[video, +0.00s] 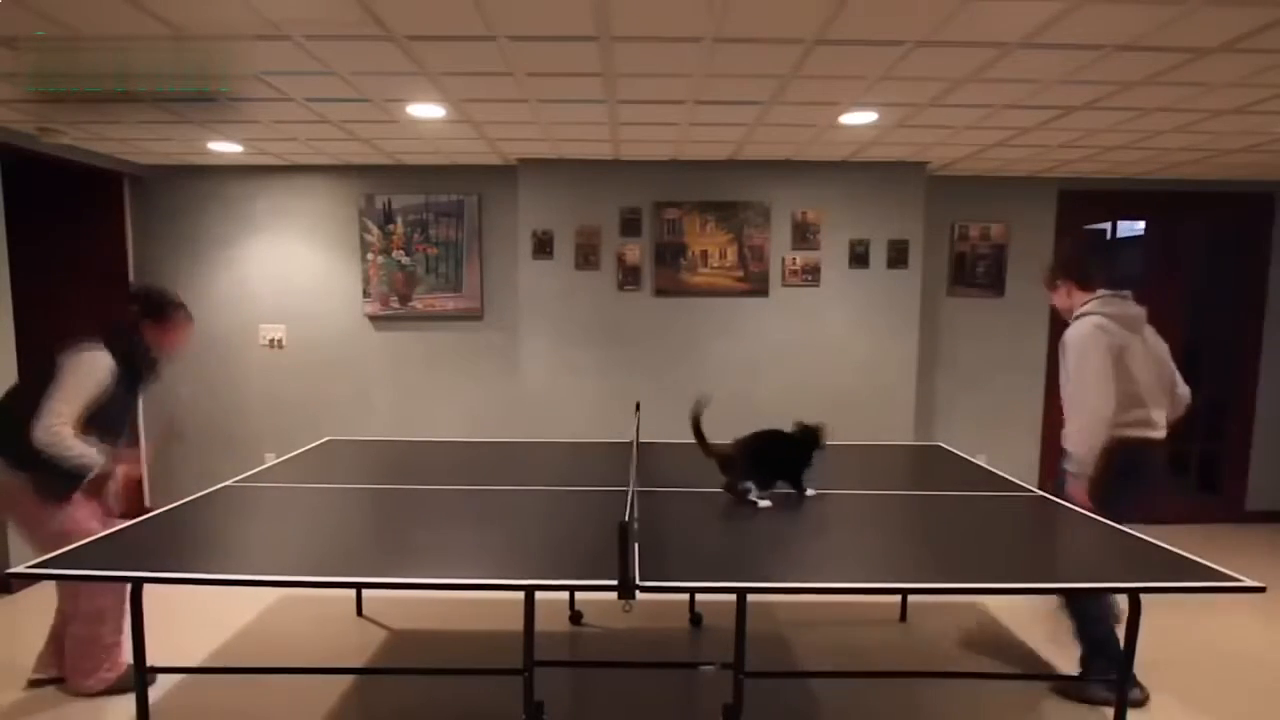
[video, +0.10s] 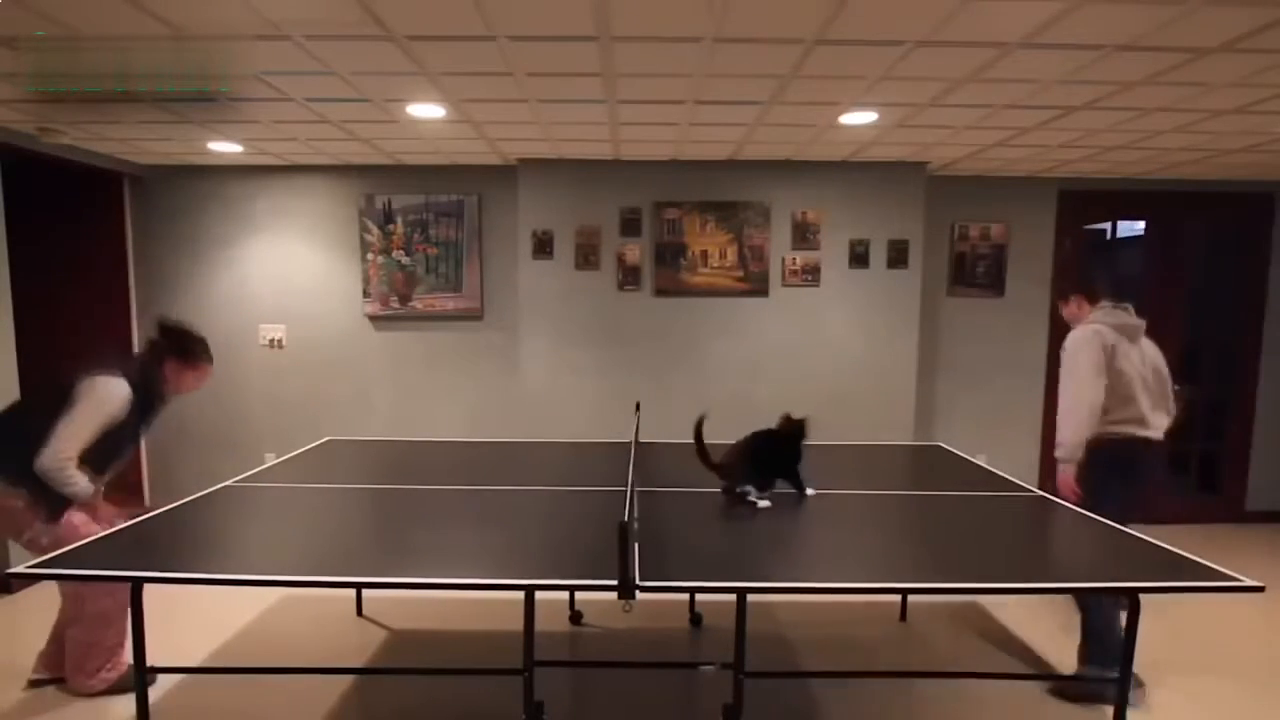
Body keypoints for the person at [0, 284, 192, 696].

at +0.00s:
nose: (178, 344)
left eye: (181, 334)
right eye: (176, 332)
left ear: (151, 327)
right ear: (151, 325)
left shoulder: (126, 368)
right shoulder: (97, 360)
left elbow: (92, 434)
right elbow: (48, 432)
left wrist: (117, 466)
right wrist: (107, 465)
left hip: (52, 473)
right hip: (25, 474)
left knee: (95, 555)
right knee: (101, 555)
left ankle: (57, 661)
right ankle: (93, 670)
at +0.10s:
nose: (193, 389)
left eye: (198, 382)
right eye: (194, 379)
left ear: (173, 364)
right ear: (174, 363)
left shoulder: (142, 395)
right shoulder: (115, 389)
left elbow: (87, 460)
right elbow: (52, 461)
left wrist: (98, 502)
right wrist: (95, 501)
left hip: (35, 488)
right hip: (13, 491)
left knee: (97, 557)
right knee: (106, 556)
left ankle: (57, 663)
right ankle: (94, 670)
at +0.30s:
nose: (198, 448)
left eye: (204, 442)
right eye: (202, 439)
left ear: (183, 418)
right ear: (187, 425)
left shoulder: (139, 429)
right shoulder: (133, 437)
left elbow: (77, 489)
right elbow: (55, 497)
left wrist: (99, 523)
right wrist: (96, 526)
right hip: (14, 523)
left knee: (107, 567)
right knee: (124, 563)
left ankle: (56, 664)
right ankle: (98, 671)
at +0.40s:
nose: (195, 476)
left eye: (201, 471)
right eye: (200, 469)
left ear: (184, 447)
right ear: (188, 454)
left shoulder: (140, 450)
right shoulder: (138, 464)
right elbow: (61, 523)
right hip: (23, 542)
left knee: (119, 583)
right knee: (142, 582)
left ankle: (57, 664)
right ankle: (99, 671)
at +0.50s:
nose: (200, 494)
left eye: (205, 485)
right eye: (202, 483)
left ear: (180, 468)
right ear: (186, 473)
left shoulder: (135, 477)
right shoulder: (137, 490)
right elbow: (77, 551)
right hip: (20, 588)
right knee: (161, 580)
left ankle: (59, 663)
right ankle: (102, 671)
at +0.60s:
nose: (197, 497)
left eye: (199, 489)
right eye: (194, 488)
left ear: (171, 481)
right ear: (175, 483)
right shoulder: (125, 510)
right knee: (179, 588)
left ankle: (67, 653)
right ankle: (103, 669)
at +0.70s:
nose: (193, 483)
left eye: (191, 472)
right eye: (186, 472)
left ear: (159, 475)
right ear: (160, 475)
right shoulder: (119, 512)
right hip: (57, 633)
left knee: (196, 587)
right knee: (189, 592)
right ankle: (109, 669)